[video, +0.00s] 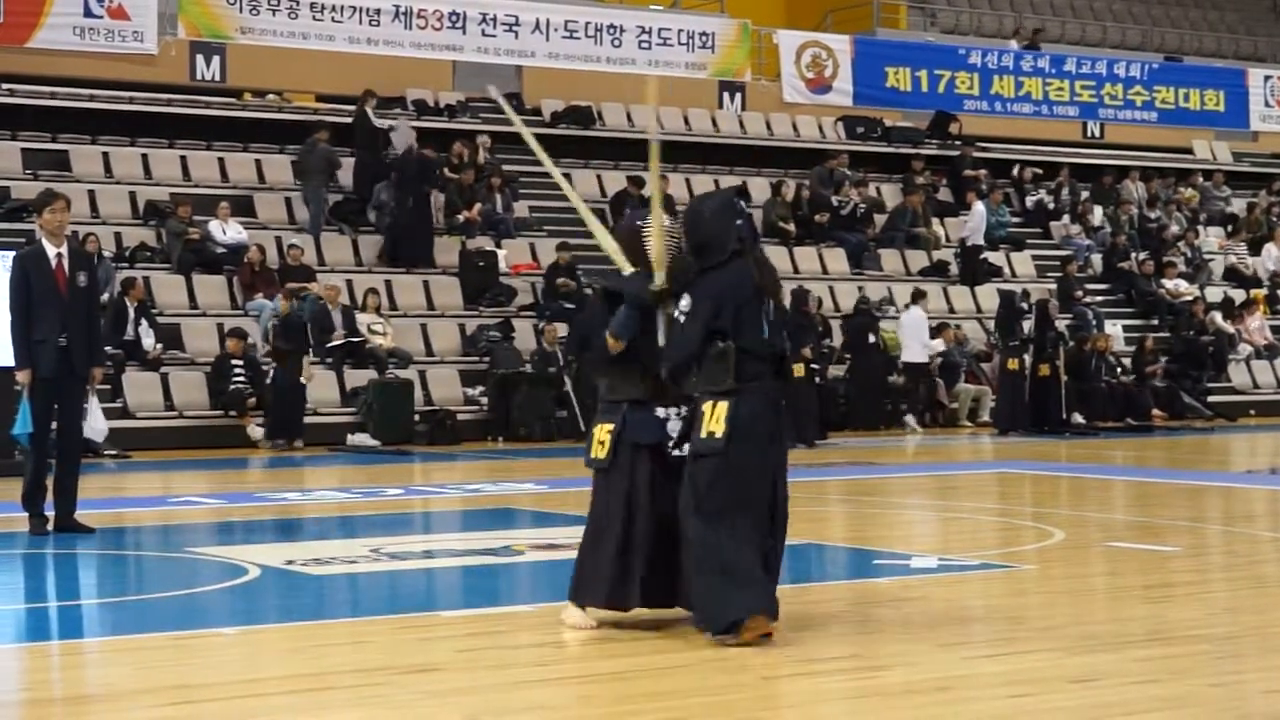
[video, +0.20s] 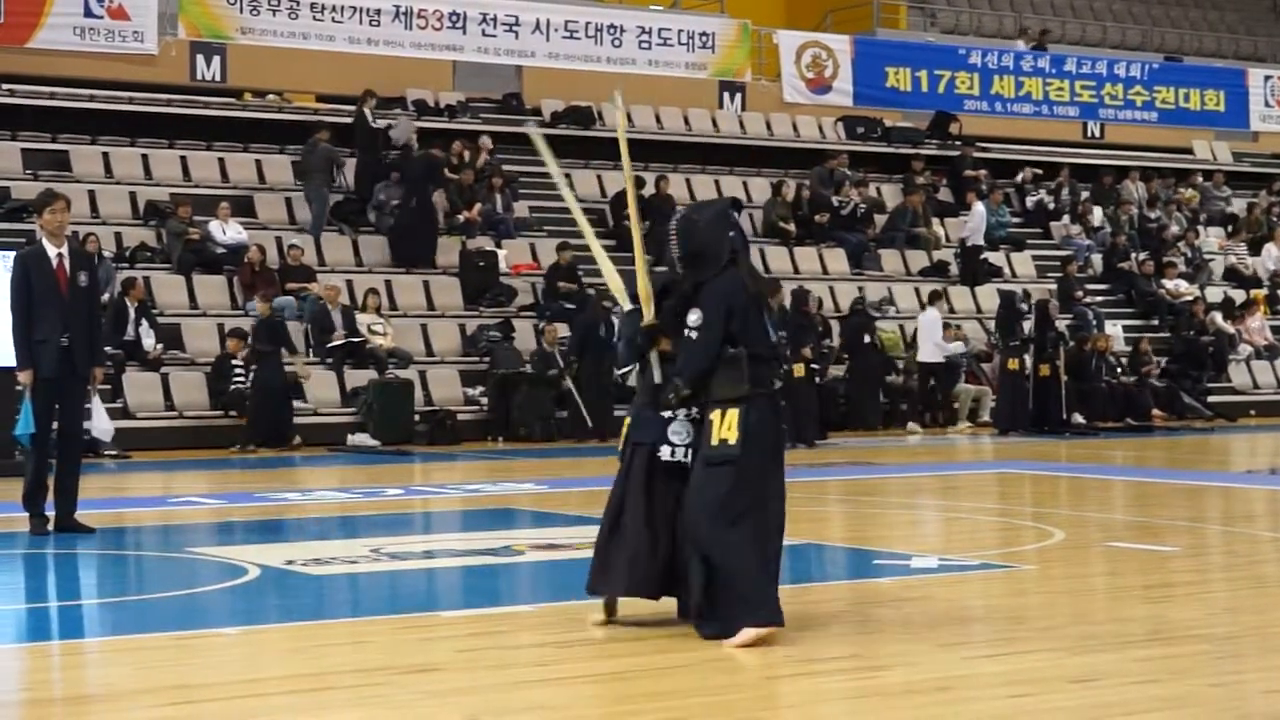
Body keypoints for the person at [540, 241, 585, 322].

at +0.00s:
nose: (569, 256)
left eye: (569, 253)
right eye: (566, 253)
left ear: (570, 253)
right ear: (559, 253)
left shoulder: (572, 267)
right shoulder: (552, 268)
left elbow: (579, 286)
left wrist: (571, 285)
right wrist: (556, 283)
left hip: (570, 297)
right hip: (555, 298)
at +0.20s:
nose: (570, 255)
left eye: (570, 252)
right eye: (567, 252)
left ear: (571, 252)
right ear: (560, 253)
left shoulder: (572, 267)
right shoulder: (553, 268)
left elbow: (580, 286)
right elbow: (550, 287)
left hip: (572, 298)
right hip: (556, 298)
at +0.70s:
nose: (573, 255)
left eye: (572, 252)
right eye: (570, 252)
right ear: (562, 253)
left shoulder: (574, 268)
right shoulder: (553, 269)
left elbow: (579, 288)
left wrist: (559, 286)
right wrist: (572, 289)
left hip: (571, 302)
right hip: (554, 302)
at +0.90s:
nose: (570, 255)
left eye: (569, 252)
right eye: (567, 252)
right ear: (559, 254)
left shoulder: (572, 267)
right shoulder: (552, 270)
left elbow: (578, 287)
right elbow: (552, 291)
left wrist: (558, 286)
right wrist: (572, 289)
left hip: (570, 301)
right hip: (554, 303)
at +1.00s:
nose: (569, 254)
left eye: (568, 252)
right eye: (565, 252)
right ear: (557, 254)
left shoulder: (570, 267)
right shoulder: (549, 270)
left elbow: (577, 287)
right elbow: (549, 291)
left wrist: (557, 287)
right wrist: (571, 289)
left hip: (569, 300)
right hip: (553, 302)